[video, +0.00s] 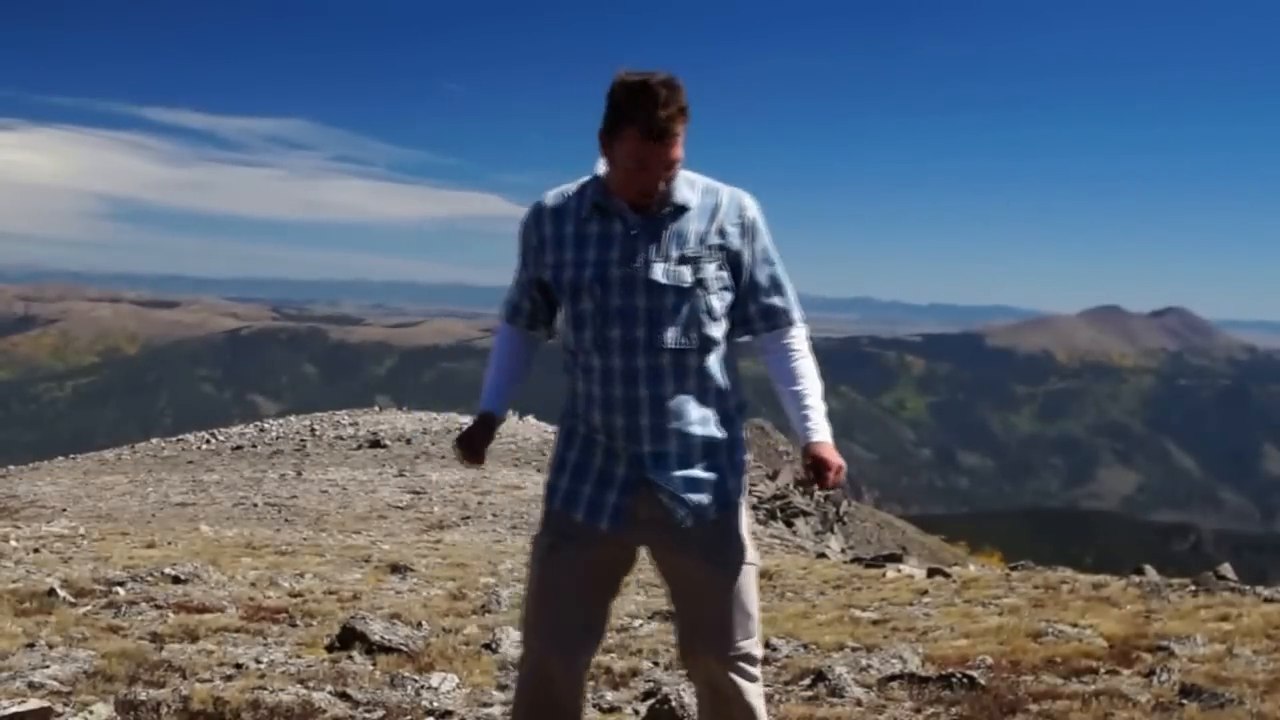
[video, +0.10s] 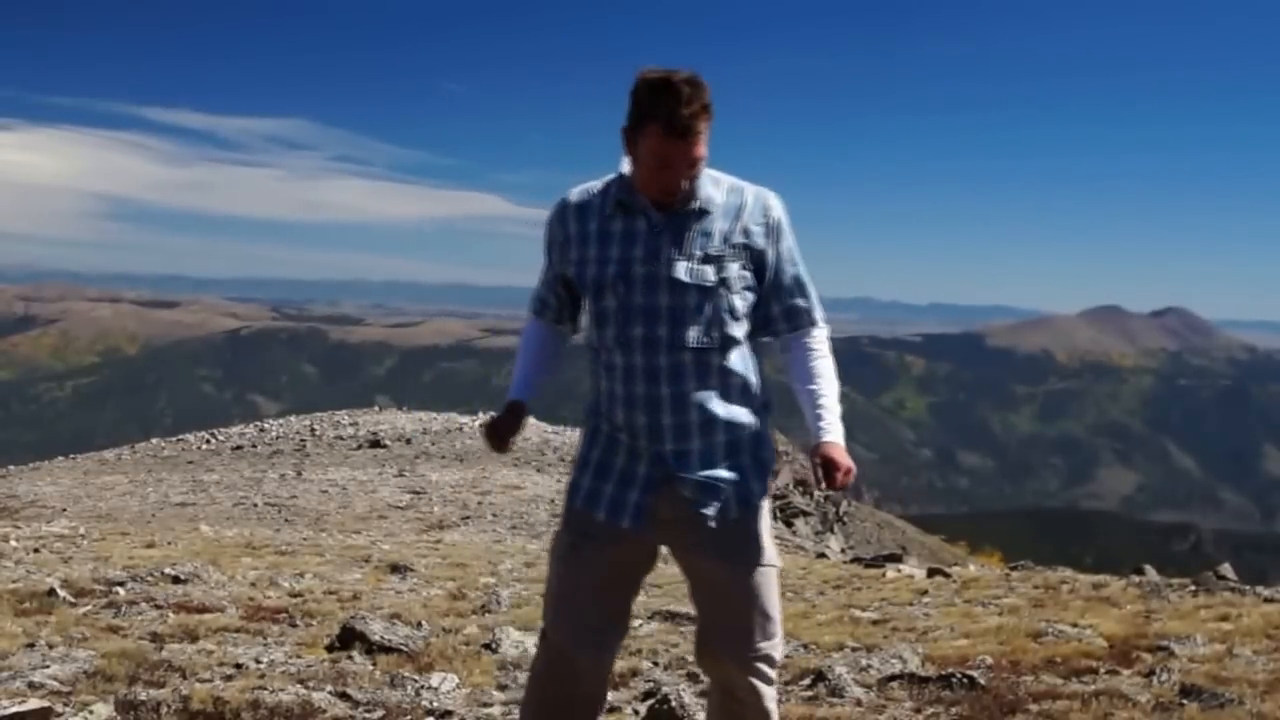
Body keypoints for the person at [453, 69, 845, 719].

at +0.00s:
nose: (667, 158)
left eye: (674, 143)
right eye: (652, 145)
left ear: (684, 140)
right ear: (611, 141)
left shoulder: (730, 215)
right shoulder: (555, 221)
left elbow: (781, 330)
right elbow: (522, 323)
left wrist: (815, 433)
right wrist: (490, 413)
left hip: (700, 475)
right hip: (589, 471)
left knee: (728, 669)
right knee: (549, 666)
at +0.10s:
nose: (685, 169)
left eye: (695, 154)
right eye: (670, 156)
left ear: (706, 142)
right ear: (633, 142)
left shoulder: (756, 213)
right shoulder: (580, 217)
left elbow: (801, 328)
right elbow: (550, 315)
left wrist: (827, 432)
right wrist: (518, 402)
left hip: (724, 471)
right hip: (613, 467)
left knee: (747, 668)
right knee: (569, 659)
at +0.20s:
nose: (716, 176)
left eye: (724, 161)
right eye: (702, 161)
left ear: (734, 151)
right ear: (660, 151)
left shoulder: (780, 225)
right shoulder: (603, 228)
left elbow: (822, 344)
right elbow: (572, 332)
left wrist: (837, 450)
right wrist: (545, 429)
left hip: (748, 486)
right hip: (637, 480)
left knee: (759, 679)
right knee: (579, 670)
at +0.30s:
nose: (737, 189)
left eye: (746, 175)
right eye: (725, 176)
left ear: (757, 158)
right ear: (684, 155)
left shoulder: (797, 227)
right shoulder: (618, 230)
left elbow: (831, 349)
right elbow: (584, 335)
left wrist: (842, 460)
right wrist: (576, 428)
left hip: (764, 484)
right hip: (653, 479)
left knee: (769, 675)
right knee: (591, 656)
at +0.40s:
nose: (752, 185)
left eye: (763, 170)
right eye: (739, 171)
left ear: (775, 152)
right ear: (698, 147)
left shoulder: (806, 218)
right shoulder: (625, 220)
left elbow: (834, 339)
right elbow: (586, 321)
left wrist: (841, 450)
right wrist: (590, 386)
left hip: (772, 473)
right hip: (658, 469)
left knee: (772, 668)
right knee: (608, 645)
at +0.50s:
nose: (762, 187)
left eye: (774, 171)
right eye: (751, 171)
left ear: (784, 154)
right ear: (709, 148)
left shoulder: (808, 218)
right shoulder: (630, 219)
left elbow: (831, 338)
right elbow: (579, 328)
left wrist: (834, 446)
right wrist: (586, 393)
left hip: (774, 478)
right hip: (659, 475)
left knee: (773, 671)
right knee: (622, 652)